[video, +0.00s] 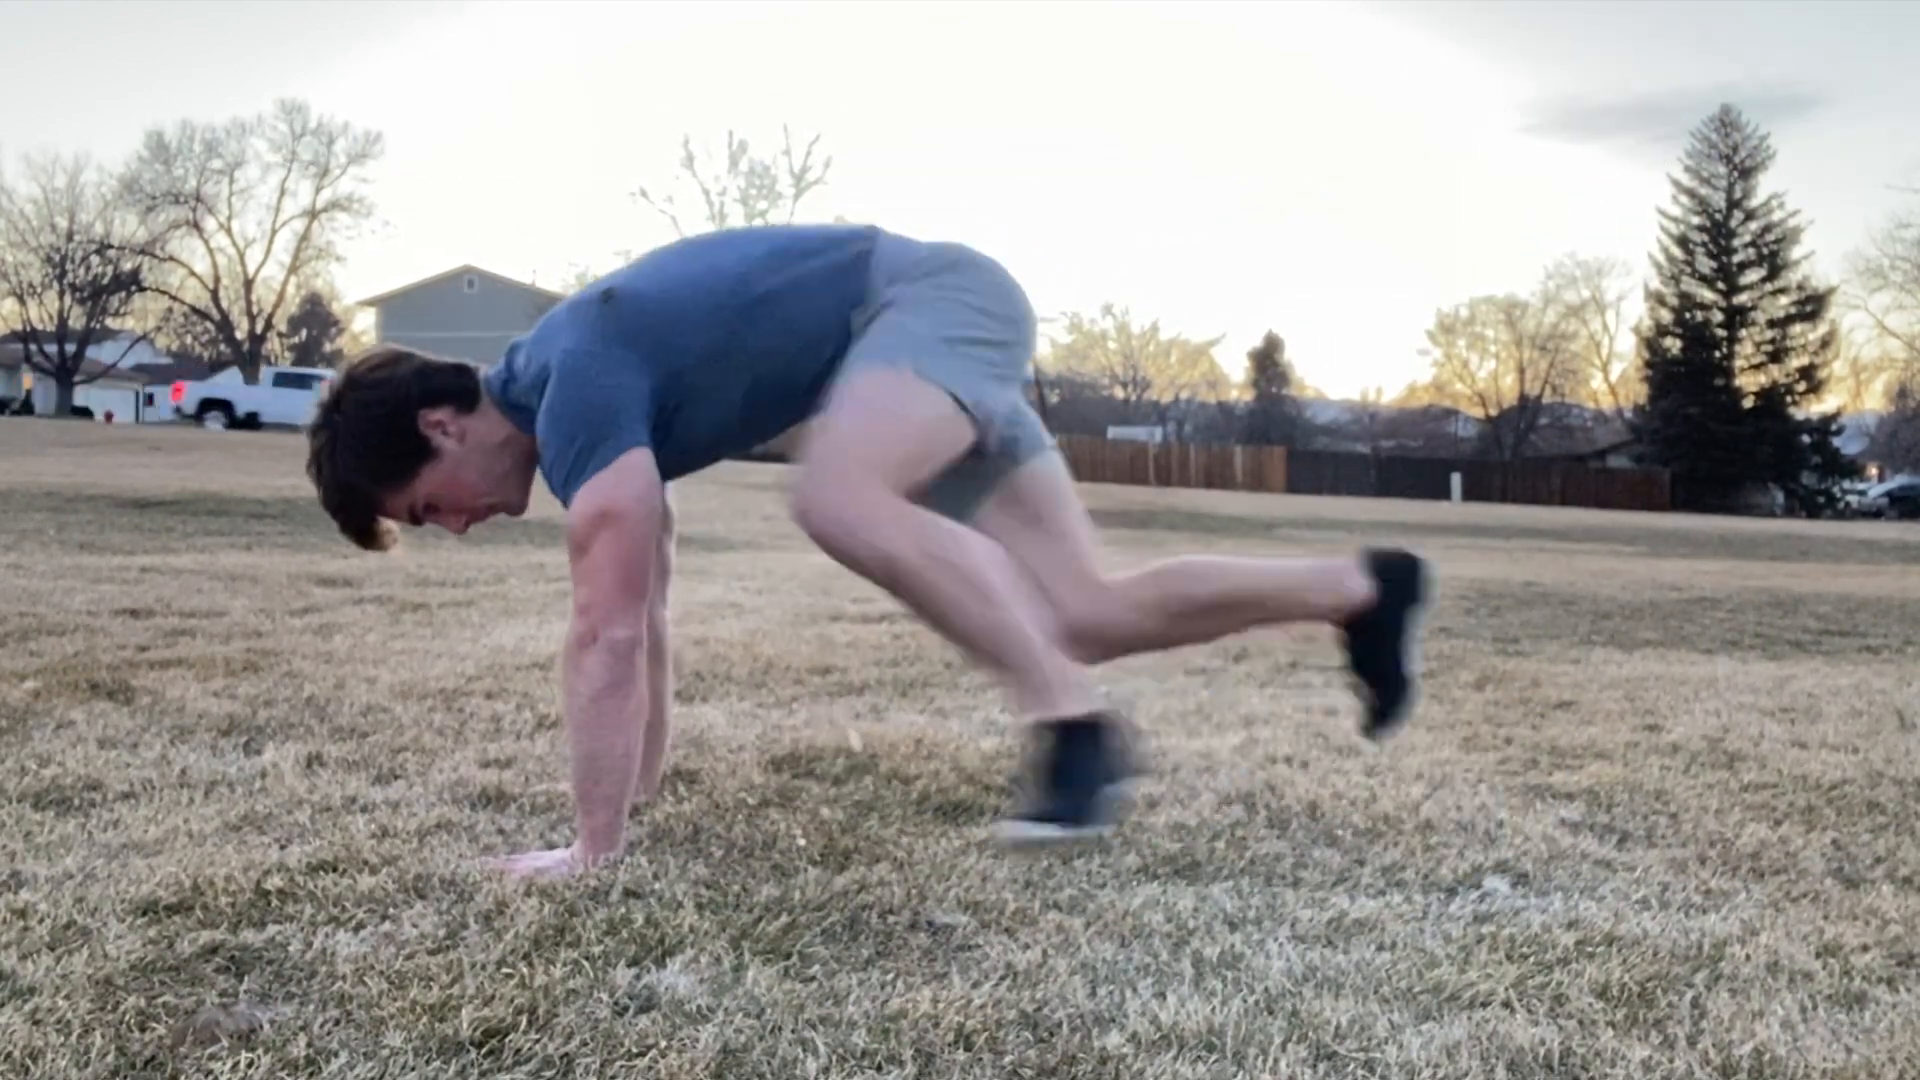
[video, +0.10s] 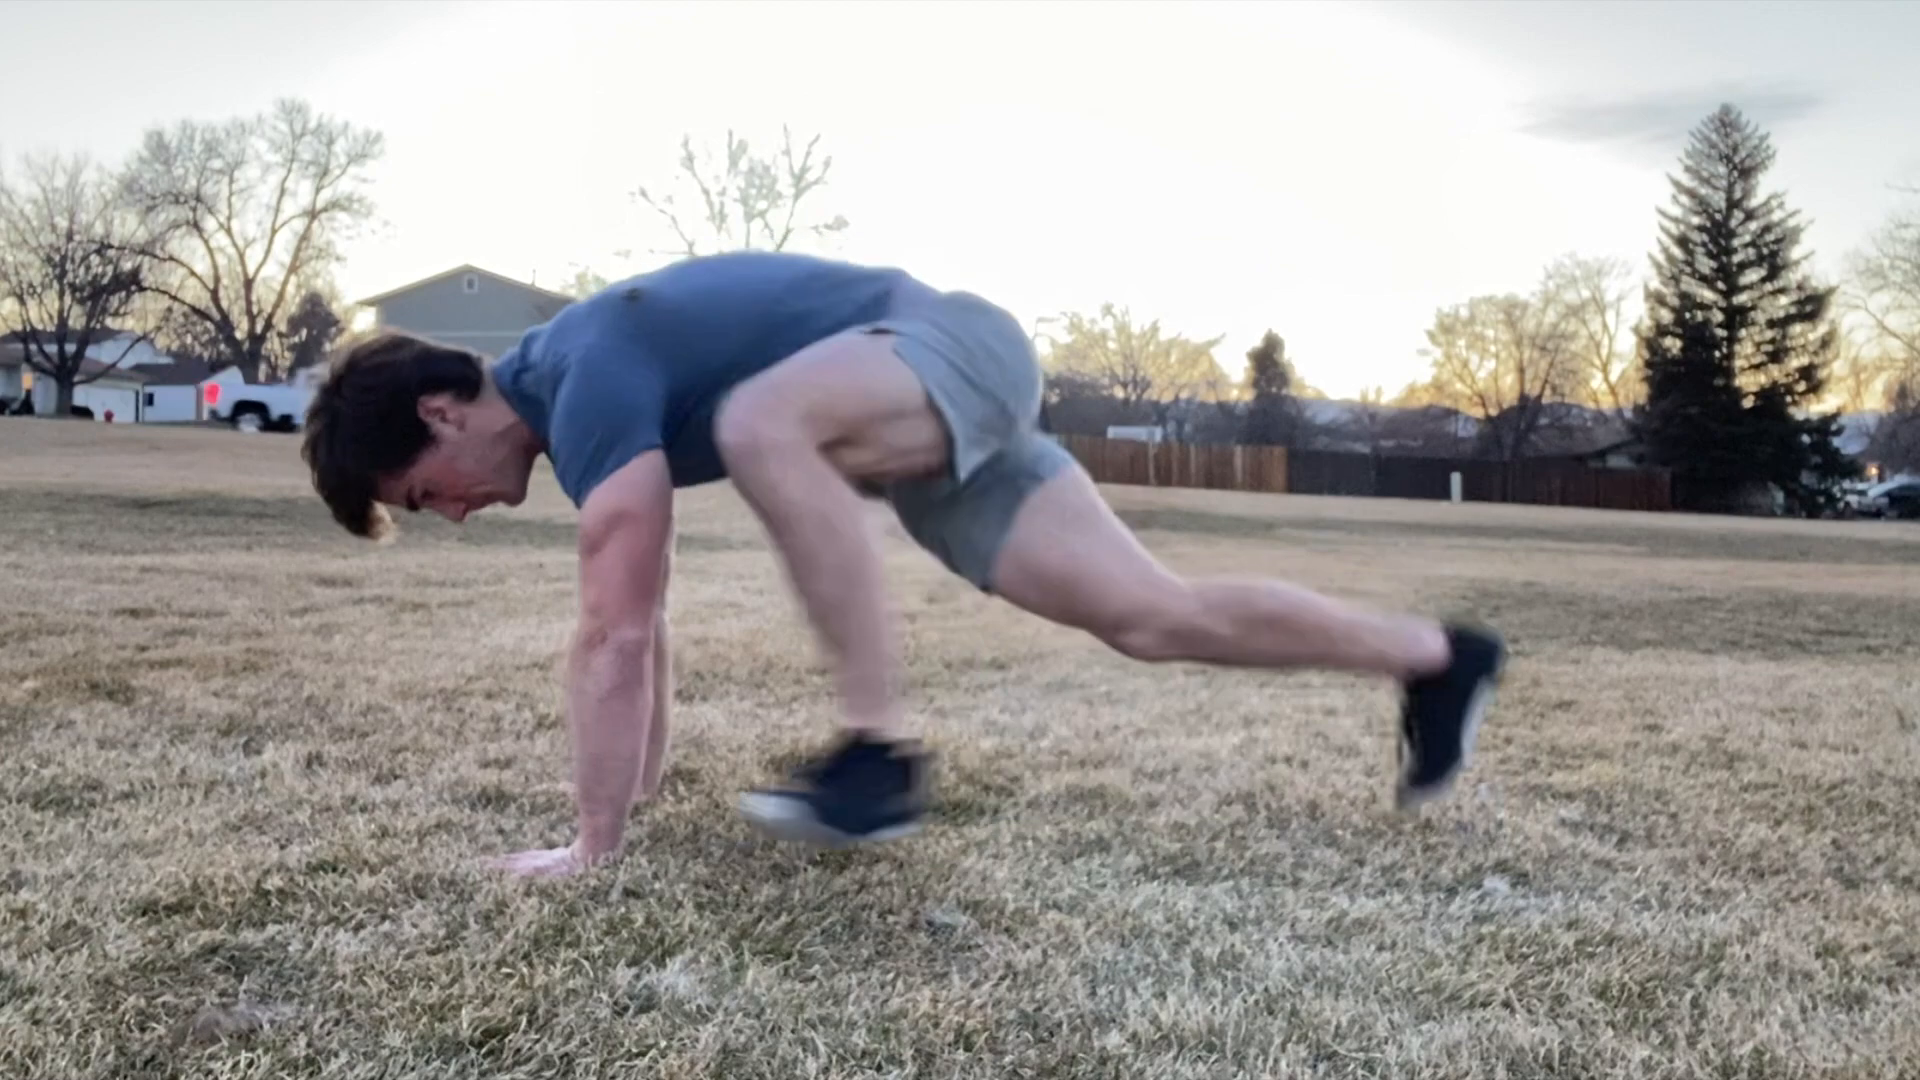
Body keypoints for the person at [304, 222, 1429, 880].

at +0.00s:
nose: (453, 528)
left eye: (427, 509)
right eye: (425, 523)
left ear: (440, 432)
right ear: (447, 426)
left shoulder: (578, 372)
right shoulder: (573, 387)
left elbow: (610, 628)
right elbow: (635, 607)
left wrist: (590, 843)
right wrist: (644, 777)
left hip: (935, 296)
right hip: (928, 348)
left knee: (838, 494)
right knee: (1080, 610)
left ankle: (1073, 720)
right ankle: (1362, 589)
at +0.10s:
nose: (447, 513)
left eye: (423, 489)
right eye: (420, 507)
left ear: (443, 411)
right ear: (447, 420)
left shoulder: (596, 367)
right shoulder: (574, 398)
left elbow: (618, 633)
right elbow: (626, 624)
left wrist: (592, 846)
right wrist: (615, 798)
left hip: (949, 343)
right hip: (928, 433)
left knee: (764, 430)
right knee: (1148, 612)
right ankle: (1437, 658)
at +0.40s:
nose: (462, 522)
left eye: (438, 500)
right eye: (437, 516)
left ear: (454, 425)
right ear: (459, 428)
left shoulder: (601, 366)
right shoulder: (586, 400)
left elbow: (622, 638)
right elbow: (631, 631)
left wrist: (593, 849)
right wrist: (616, 803)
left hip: (955, 334)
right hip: (961, 386)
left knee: (763, 456)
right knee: (1140, 607)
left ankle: (942, 765)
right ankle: (1422, 727)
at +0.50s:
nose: (465, 533)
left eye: (437, 514)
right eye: (439, 528)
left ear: (444, 438)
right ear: (457, 426)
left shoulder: (576, 376)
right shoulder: (579, 383)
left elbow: (612, 628)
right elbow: (638, 602)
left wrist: (592, 846)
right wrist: (650, 760)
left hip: (922, 272)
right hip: (954, 283)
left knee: (882, 575)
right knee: (992, 570)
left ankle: (1206, 641)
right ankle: (1285, 657)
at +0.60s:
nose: (462, 530)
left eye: (430, 513)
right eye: (431, 526)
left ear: (439, 439)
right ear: (449, 425)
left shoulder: (565, 375)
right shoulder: (592, 382)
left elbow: (603, 625)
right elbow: (641, 609)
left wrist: (591, 844)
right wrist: (639, 787)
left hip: (926, 303)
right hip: (892, 330)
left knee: (1074, 633)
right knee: (861, 530)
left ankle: (1398, 588)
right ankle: (1084, 664)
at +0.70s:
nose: (441, 509)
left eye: (416, 486)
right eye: (415, 503)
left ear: (433, 406)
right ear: (445, 404)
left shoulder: (557, 378)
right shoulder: (590, 371)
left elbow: (609, 611)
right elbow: (648, 622)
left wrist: (600, 840)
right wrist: (637, 798)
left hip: (927, 408)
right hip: (904, 400)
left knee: (1184, 651)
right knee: (756, 462)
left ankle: (1513, 690)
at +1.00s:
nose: (455, 519)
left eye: (428, 497)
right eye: (428, 513)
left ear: (440, 419)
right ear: (453, 421)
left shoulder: (560, 377)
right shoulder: (613, 390)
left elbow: (601, 610)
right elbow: (646, 625)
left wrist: (598, 844)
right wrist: (643, 797)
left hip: (926, 406)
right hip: (899, 412)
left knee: (1173, 645)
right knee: (784, 494)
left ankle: (1485, 743)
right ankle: (902, 723)